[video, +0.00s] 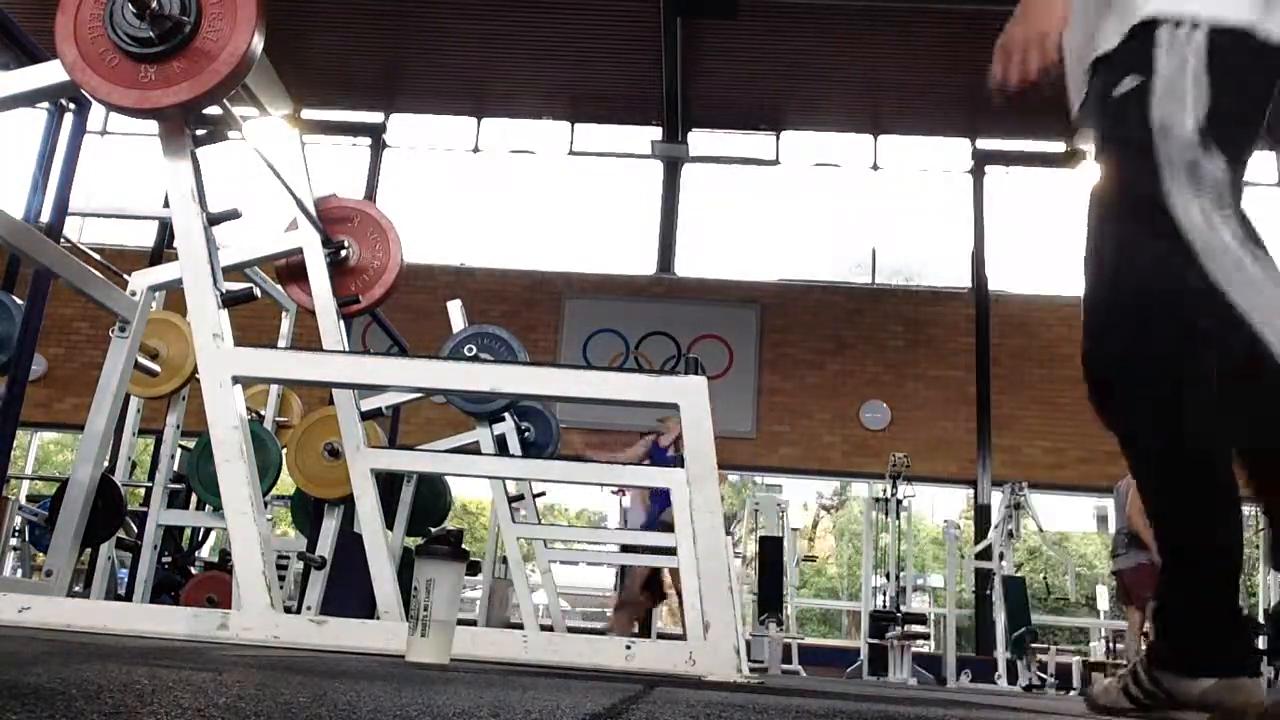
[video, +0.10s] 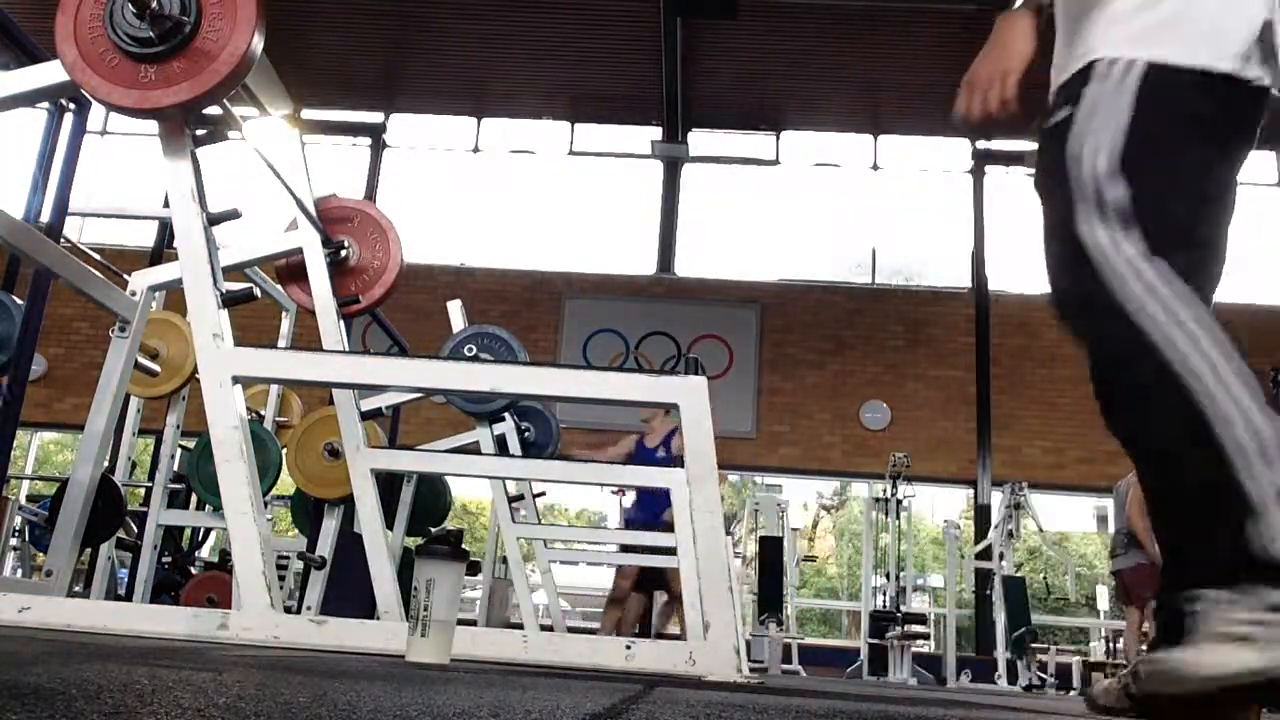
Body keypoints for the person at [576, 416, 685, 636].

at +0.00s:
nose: (667, 427)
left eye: (673, 423)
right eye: (666, 423)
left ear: (683, 425)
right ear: (663, 425)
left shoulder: (692, 447)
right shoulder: (653, 442)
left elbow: (720, 477)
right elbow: (625, 457)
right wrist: (590, 454)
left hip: (684, 521)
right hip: (657, 518)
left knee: (682, 581)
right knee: (638, 572)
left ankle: (693, 633)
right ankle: (620, 623)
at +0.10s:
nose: (642, 407)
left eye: (647, 402)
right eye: (642, 402)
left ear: (663, 407)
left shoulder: (677, 435)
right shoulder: (635, 441)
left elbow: (696, 473)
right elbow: (605, 455)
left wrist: (679, 508)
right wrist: (571, 453)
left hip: (668, 521)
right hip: (637, 520)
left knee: (678, 588)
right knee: (623, 582)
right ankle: (603, 638)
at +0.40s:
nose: (596, 406)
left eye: (602, 401)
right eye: (596, 401)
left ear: (619, 405)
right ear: (604, 408)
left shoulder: (644, 432)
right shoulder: (592, 441)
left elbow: (667, 469)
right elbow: (567, 463)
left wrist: (662, 499)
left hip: (641, 517)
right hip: (608, 517)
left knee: (643, 580)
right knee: (600, 580)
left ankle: (650, 640)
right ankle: (596, 640)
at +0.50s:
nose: (590, 407)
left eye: (596, 403)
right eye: (591, 403)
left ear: (612, 406)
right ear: (601, 409)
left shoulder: (638, 432)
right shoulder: (586, 439)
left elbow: (660, 469)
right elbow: (559, 463)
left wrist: (653, 498)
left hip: (634, 516)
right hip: (602, 516)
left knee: (631, 577)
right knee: (597, 579)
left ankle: (638, 630)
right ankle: (595, 639)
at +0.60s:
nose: (588, 407)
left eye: (594, 403)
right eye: (589, 403)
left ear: (610, 406)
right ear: (599, 409)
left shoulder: (634, 432)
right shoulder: (583, 438)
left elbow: (656, 471)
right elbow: (555, 460)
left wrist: (646, 497)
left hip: (627, 518)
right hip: (596, 518)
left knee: (623, 580)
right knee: (594, 580)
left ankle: (624, 634)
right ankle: (594, 639)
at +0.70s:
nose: (589, 408)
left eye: (595, 404)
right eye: (590, 404)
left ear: (610, 407)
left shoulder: (633, 433)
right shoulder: (582, 436)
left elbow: (652, 472)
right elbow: (557, 462)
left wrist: (641, 496)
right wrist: (570, 450)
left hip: (622, 518)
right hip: (591, 518)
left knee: (617, 580)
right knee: (591, 579)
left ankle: (616, 633)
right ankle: (594, 639)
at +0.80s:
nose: (590, 410)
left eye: (596, 405)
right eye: (591, 405)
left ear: (612, 409)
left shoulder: (634, 436)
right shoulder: (583, 435)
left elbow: (651, 473)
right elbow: (557, 456)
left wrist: (634, 495)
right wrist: (576, 448)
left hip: (619, 518)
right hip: (589, 517)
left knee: (613, 580)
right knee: (591, 579)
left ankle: (607, 636)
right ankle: (593, 638)